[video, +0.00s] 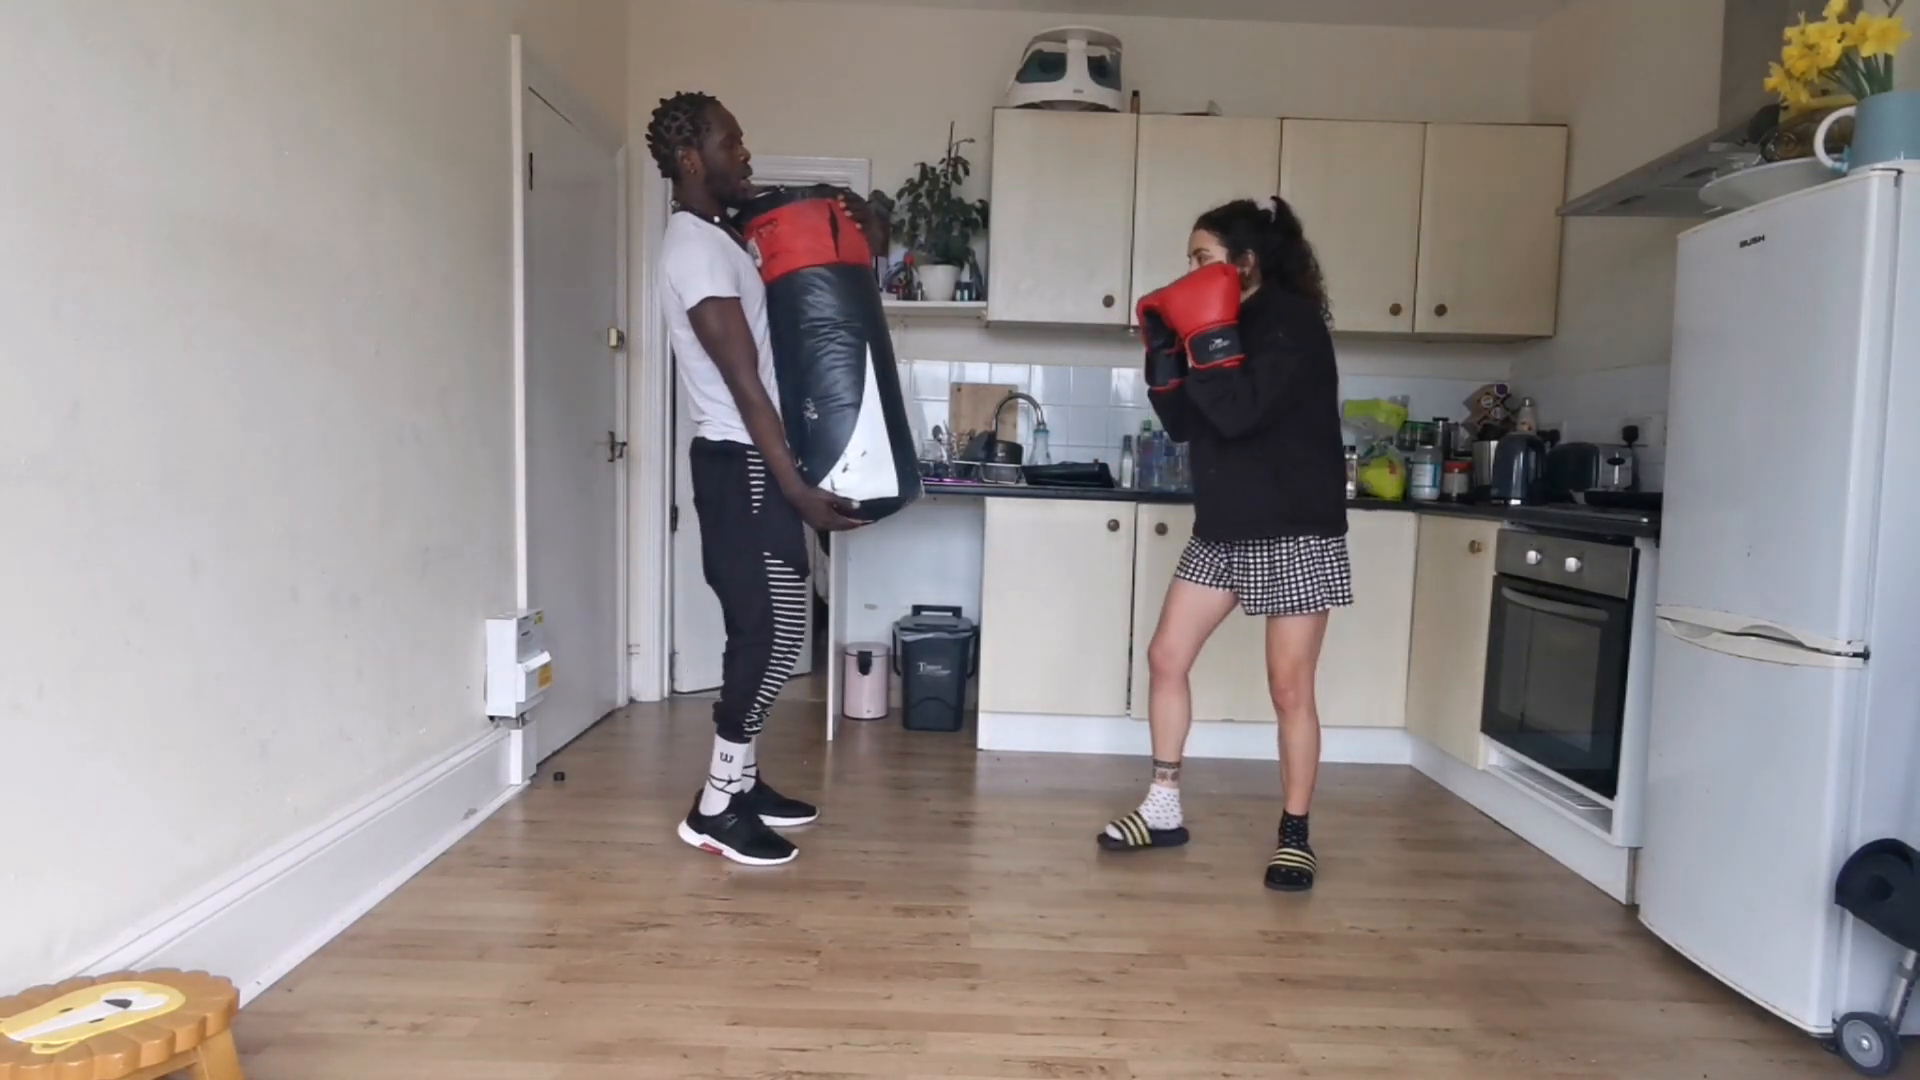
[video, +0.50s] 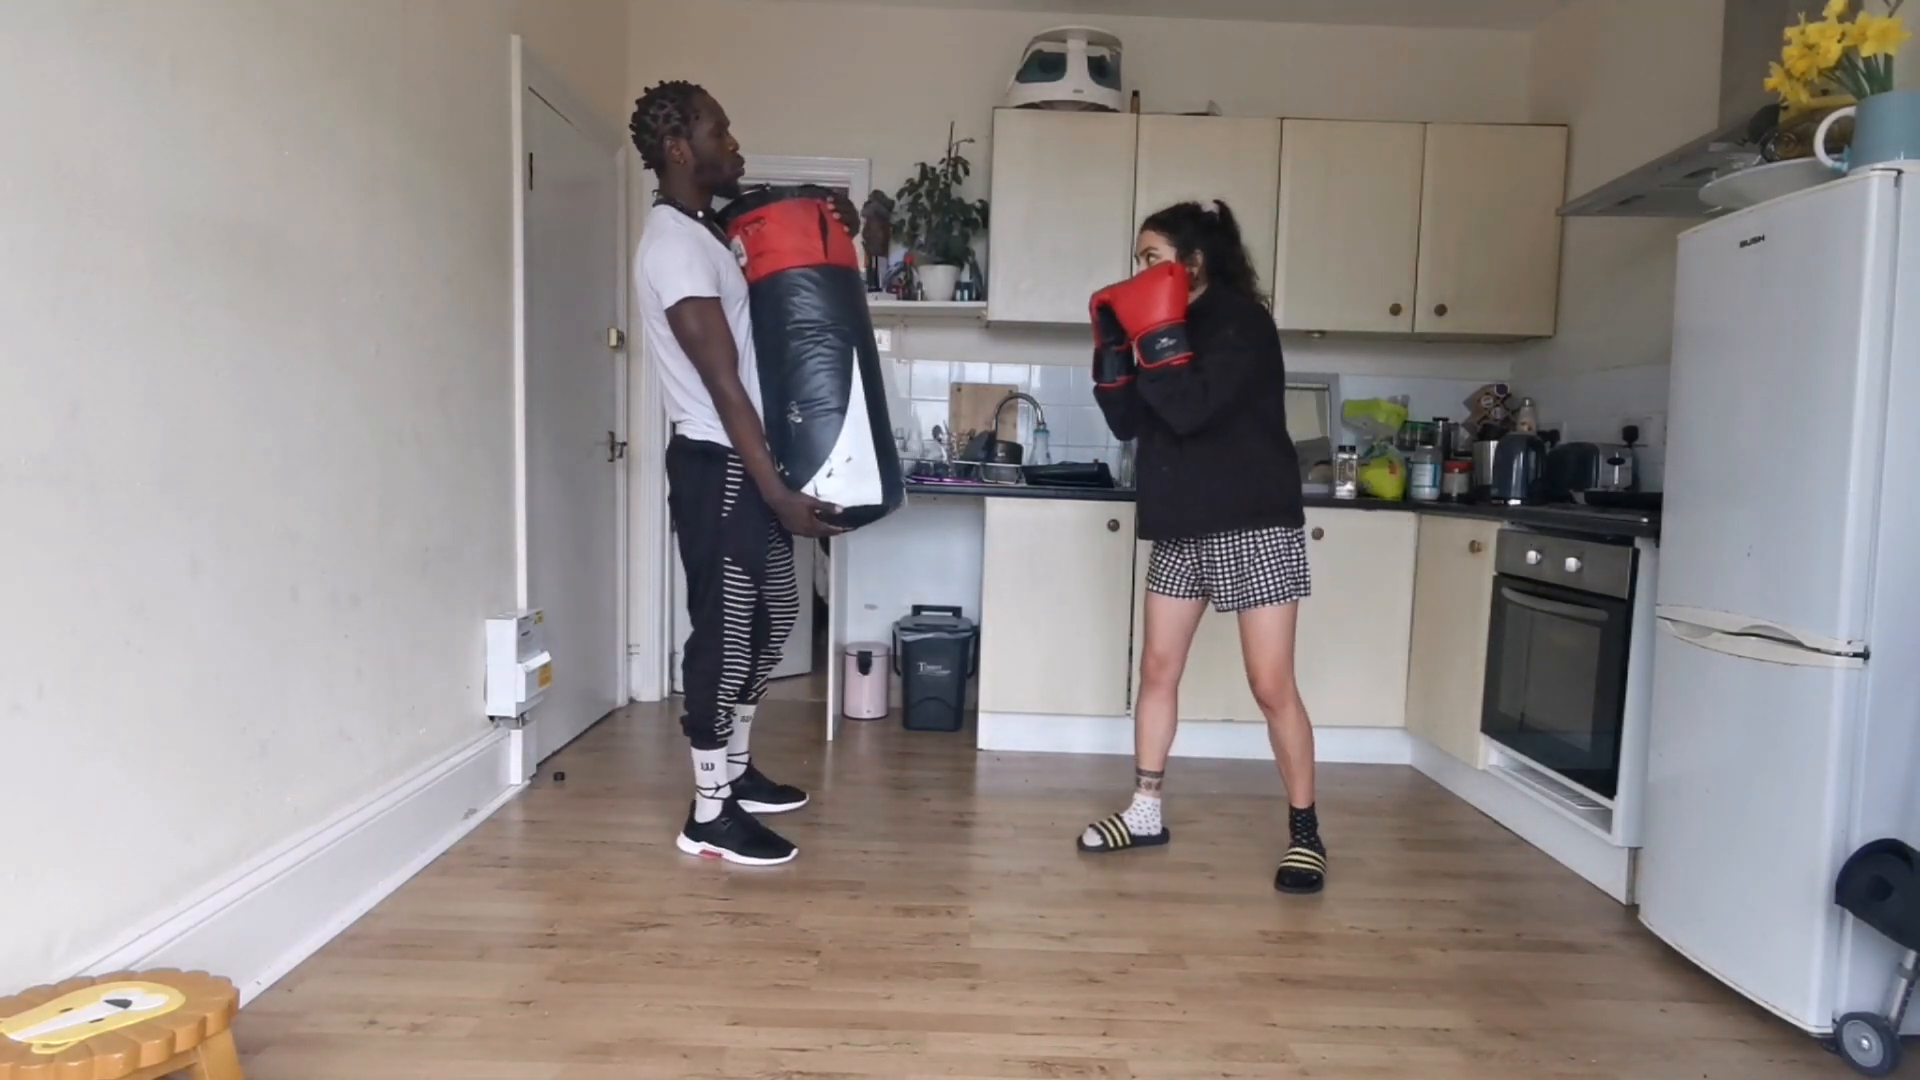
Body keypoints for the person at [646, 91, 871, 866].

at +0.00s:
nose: (746, 155)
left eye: (742, 142)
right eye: (732, 144)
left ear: (696, 158)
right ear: (690, 157)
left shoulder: (721, 238)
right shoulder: (696, 245)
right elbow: (742, 378)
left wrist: (856, 234)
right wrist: (794, 482)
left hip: (756, 456)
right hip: (737, 459)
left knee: (769, 627)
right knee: (778, 633)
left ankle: (738, 782)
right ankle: (718, 803)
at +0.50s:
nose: (735, 144)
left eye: (730, 130)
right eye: (720, 132)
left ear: (681, 148)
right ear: (676, 146)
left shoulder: (709, 233)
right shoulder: (673, 240)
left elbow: (776, 316)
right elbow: (722, 378)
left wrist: (826, 233)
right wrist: (776, 486)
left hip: (749, 450)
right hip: (713, 455)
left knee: (772, 612)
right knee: (725, 621)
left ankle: (731, 768)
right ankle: (710, 811)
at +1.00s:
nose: (723, 159)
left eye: (718, 145)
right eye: (707, 146)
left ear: (670, 159)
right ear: (664, 157)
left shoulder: (694, 240)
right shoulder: (662, 249)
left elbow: (744, 337)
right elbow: (708, 381)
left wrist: (766, 243)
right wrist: (759, 482)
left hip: (731, 452)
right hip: (706, 457)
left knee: (736, 617)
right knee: (729, 622)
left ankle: (722, 776)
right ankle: (709, 812)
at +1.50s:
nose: (723, 150)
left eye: (719, 138)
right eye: (707, 141)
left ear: (681, 156)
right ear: (667, 158)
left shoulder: (713, 231)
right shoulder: (674, 241)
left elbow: (793, 270)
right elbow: (708, 365)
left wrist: (826, 204)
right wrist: (748, 474)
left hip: (725, 451)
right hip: (696, 455)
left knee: (725, 621)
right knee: (722, 624)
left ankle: (720, 774)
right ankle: (699, 806)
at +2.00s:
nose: (727, 151)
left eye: (723, 137)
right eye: (713, 138)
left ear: (679, 150)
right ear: (670, 148)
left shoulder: (705, 234)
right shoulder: (671, 240)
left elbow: (777, 310)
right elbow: (710, 374)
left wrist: (819, 222)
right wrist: (754, 485)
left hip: (742, 452)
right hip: (705, 457)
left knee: (765, 614)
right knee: (718, 622)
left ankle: (724, 769)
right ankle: (699, 808)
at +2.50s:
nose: (730, 155)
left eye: (727, 142)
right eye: (716, 143)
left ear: (681, 155)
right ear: (672, 153)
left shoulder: (707, 236)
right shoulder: (672, 243)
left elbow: (781, 289)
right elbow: (718, 377)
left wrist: (819, 214)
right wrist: (770, 484)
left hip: (745, 450)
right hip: (717, 454)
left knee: (743, 617)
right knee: (735, 621)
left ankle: (727, 775)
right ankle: (703, 805)